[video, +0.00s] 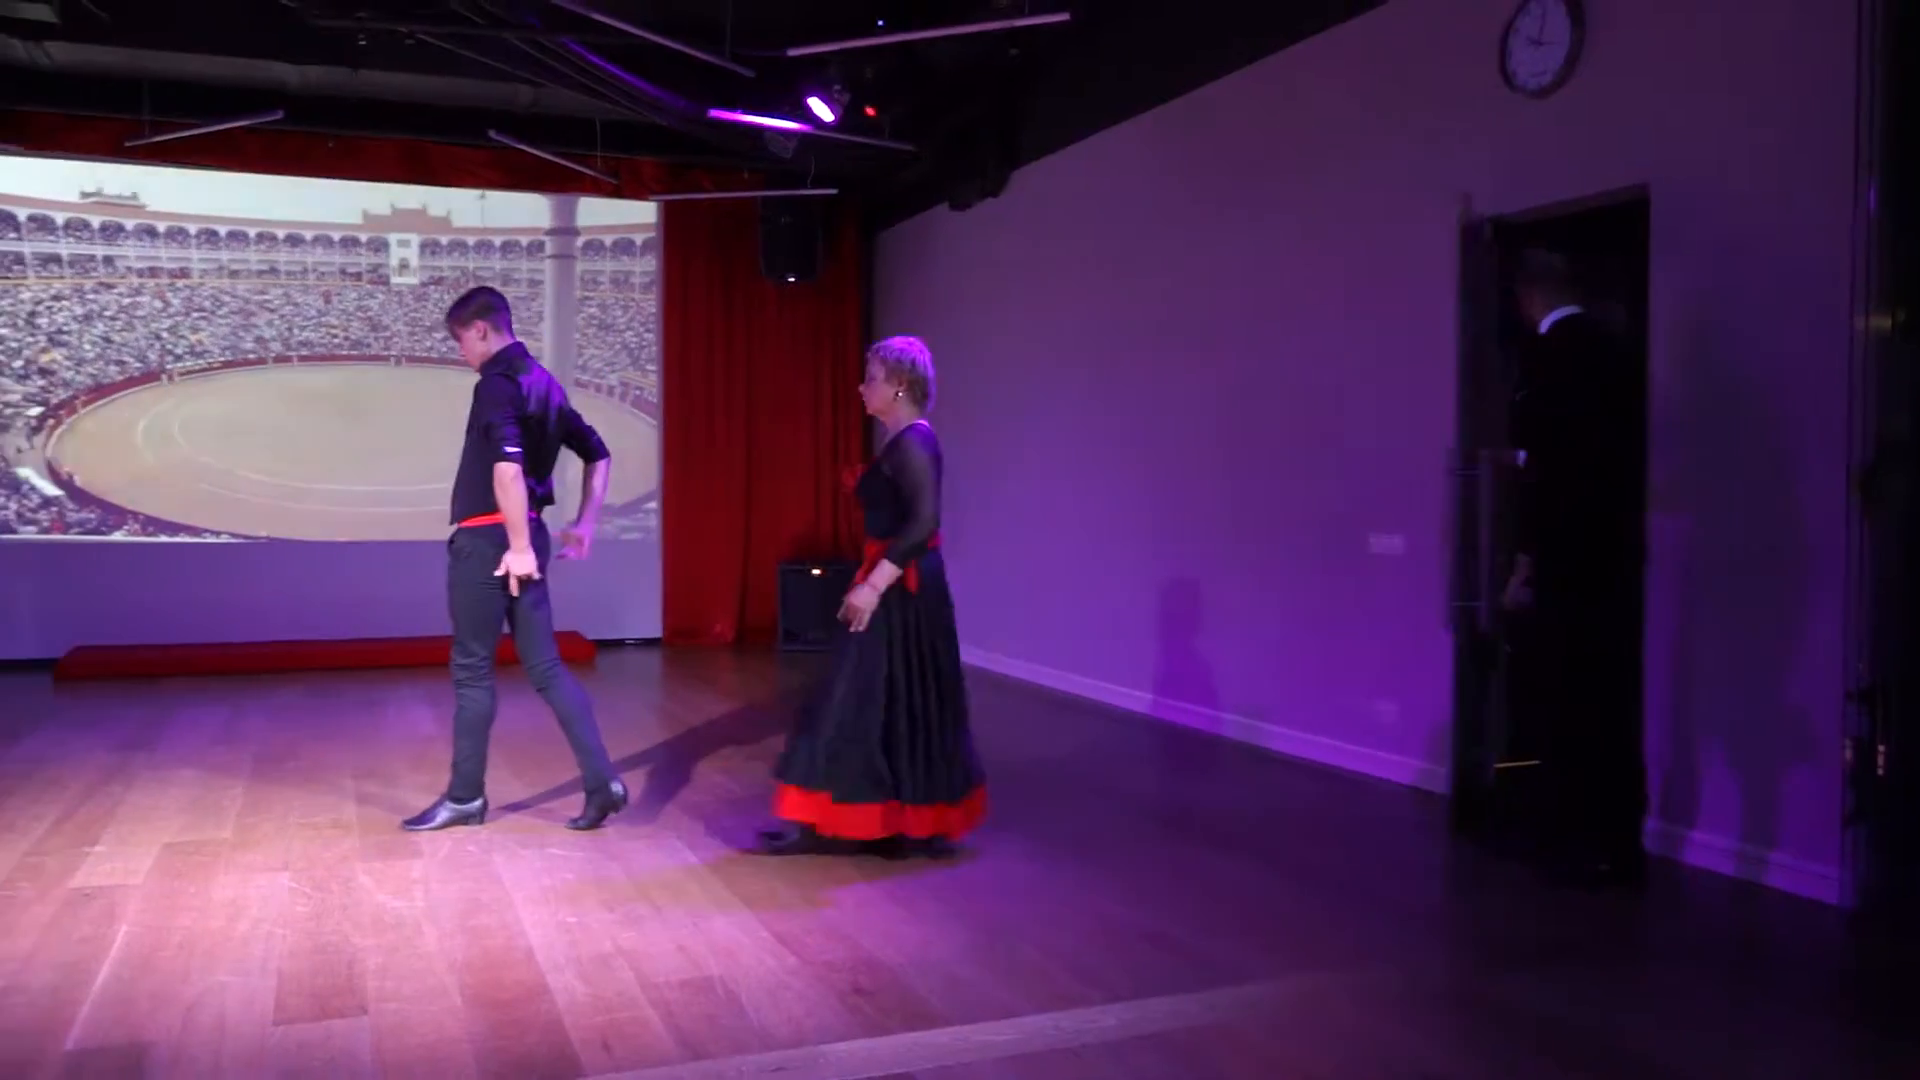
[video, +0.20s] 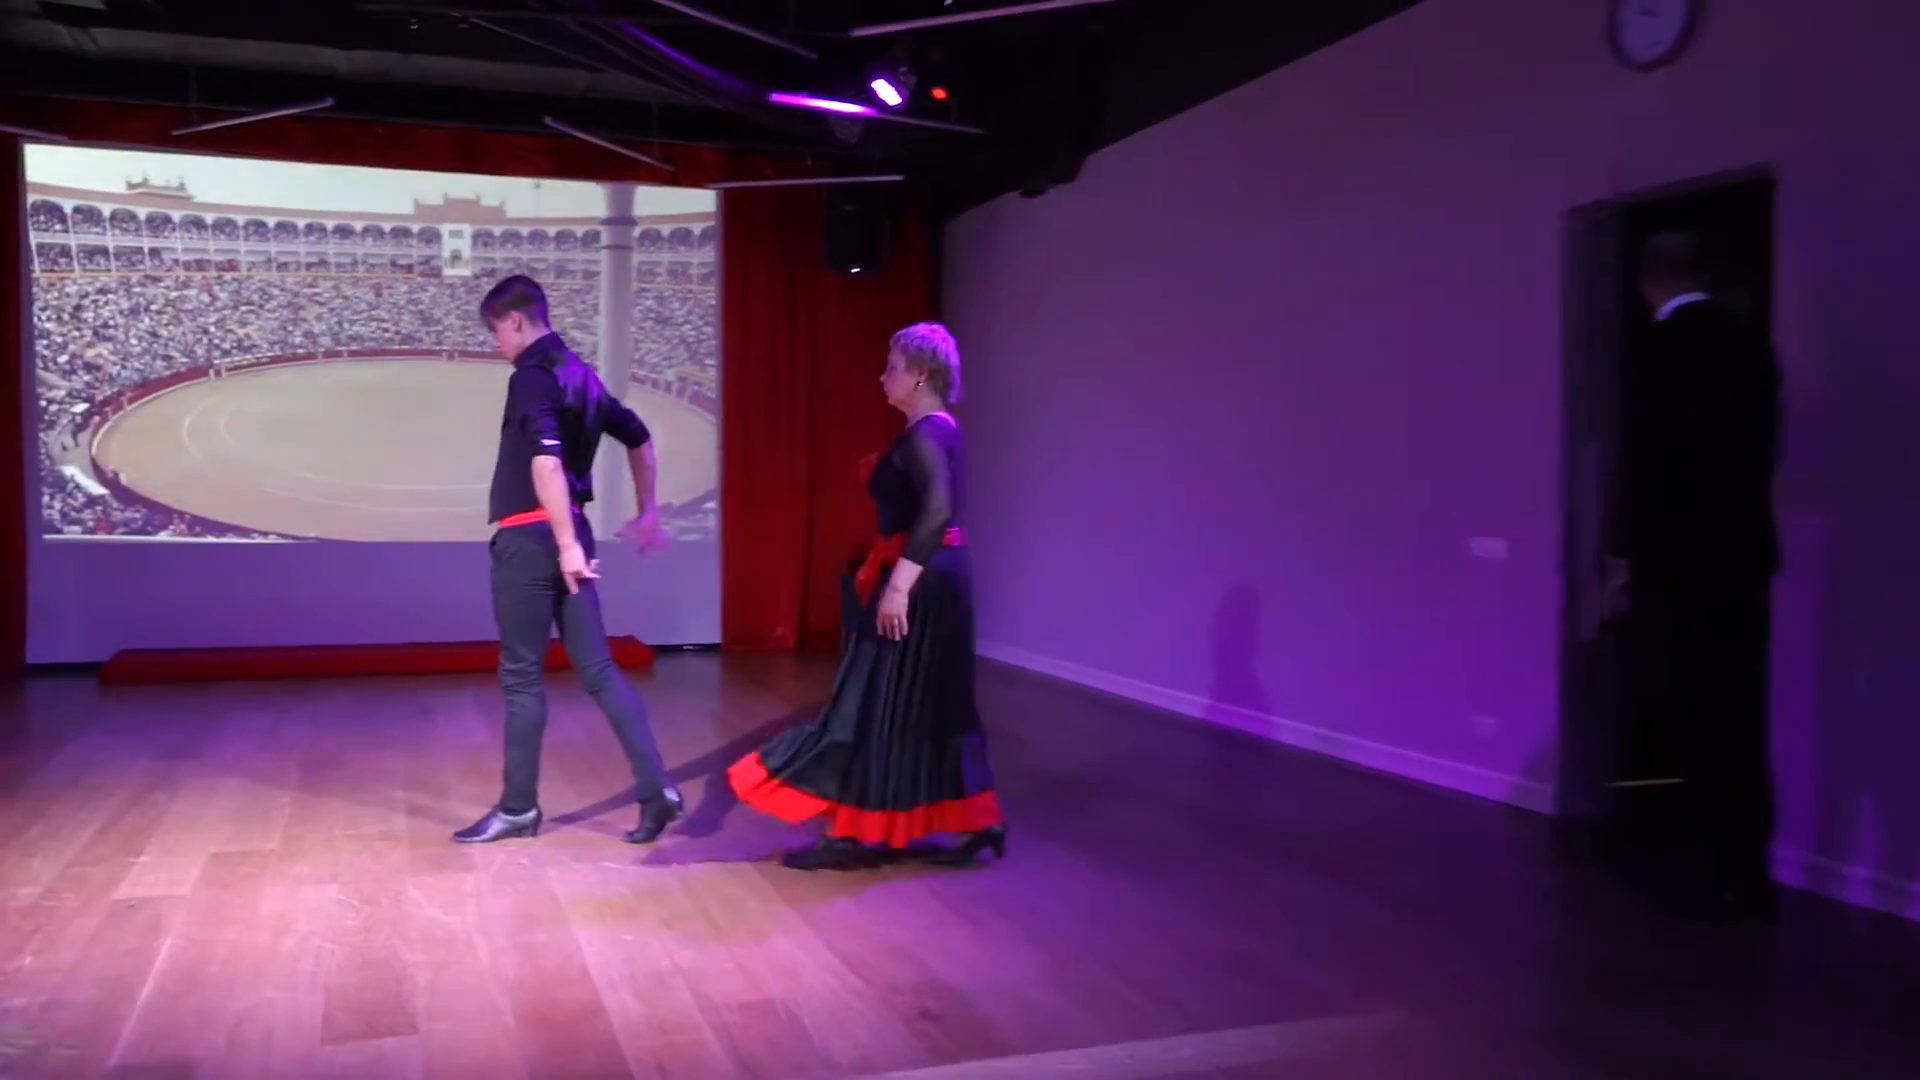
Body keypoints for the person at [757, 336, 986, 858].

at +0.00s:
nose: (863, 389)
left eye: (871, 379)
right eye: (865, 378)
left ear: (899, 387)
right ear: (897, 386)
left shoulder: (913, 444)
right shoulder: (901, 440)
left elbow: (923, 522)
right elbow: (899, 510)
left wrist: (873, 583)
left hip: (902, 587)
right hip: (902, 582)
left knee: (851, 692)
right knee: (908, 696)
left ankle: (811, 815)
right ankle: (913, 818)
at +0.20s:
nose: (884, 377)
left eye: (894, 368)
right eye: (887, 367)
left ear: (921, 375)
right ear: (928, 376)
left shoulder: (926, 435)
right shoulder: (936, 429)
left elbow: (936, 512)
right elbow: (928, 511)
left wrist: (899, 585)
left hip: (918, 580)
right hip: (936, 576)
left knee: (880, 701)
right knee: (947, 700)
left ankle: (862, 830)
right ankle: (983, 820)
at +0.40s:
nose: (922, 357)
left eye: (930, 346)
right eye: (925, 345)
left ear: (955, 354)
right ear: (974, 356)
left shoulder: (960, 417)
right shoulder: (990, 415)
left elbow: (966, 495)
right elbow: (976, 499)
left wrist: (924, 577)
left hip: (956, 570)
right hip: (988, 567)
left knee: (919, 707)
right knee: (999, 706)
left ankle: (915, 856)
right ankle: (1054, 832)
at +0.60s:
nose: (983, 337)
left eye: (991, 325)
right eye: (987, 323)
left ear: (1016, 333)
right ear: (1047, 335)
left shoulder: (1022, 403)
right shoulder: (1062, 401)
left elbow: (1026, 490)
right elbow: (1050, 494)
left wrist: (989, 587)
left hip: (1023, 574)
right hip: (1062, 571)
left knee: (1000, 730)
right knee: (1074, 725)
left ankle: (1006, 896)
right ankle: (1144, 859)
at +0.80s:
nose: (1064, 322)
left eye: (1074, 309)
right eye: (1068, 308)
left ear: (1104, 318)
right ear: (1131, 318)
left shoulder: (1096, 390)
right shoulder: (1151, 387)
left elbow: (1085, 495)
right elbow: (1126, 483)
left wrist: (1068, 598)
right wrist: (1061, 456)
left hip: (1112, 581)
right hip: (1157, 577)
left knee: (1093, 752)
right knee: (1172, 744)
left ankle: (1104, 934)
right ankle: (1252, 888)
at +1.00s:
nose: (1134, 311)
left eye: (1143, 298)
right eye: (1137, 296)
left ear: (1175, 304)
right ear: (1205, 305)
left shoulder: (1155, 372)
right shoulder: (1226, 375)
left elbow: (1130, 489)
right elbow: (1212, 492)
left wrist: (1100, 595)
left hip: (1180, 587)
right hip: (1237, 583)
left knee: (1171, 765)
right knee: (1256, 758)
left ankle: (1179, 961)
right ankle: (1341, 913)